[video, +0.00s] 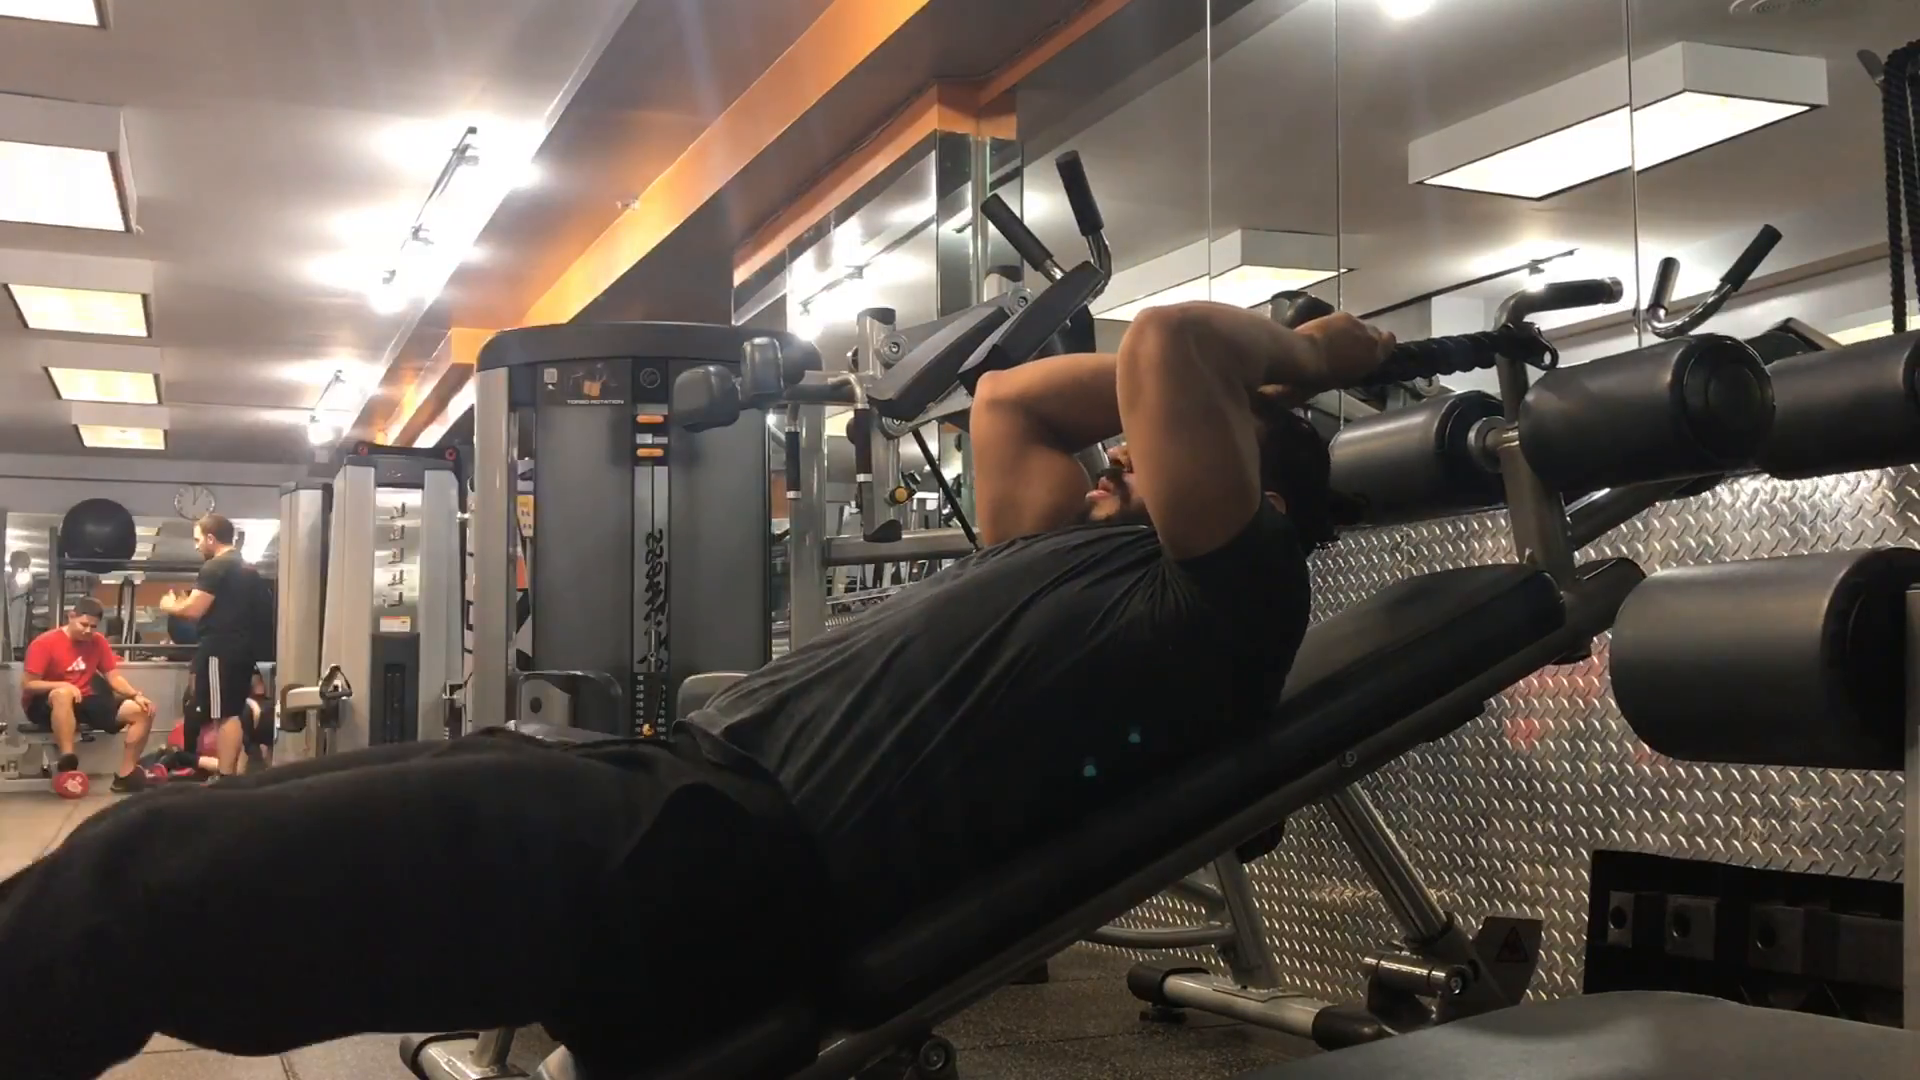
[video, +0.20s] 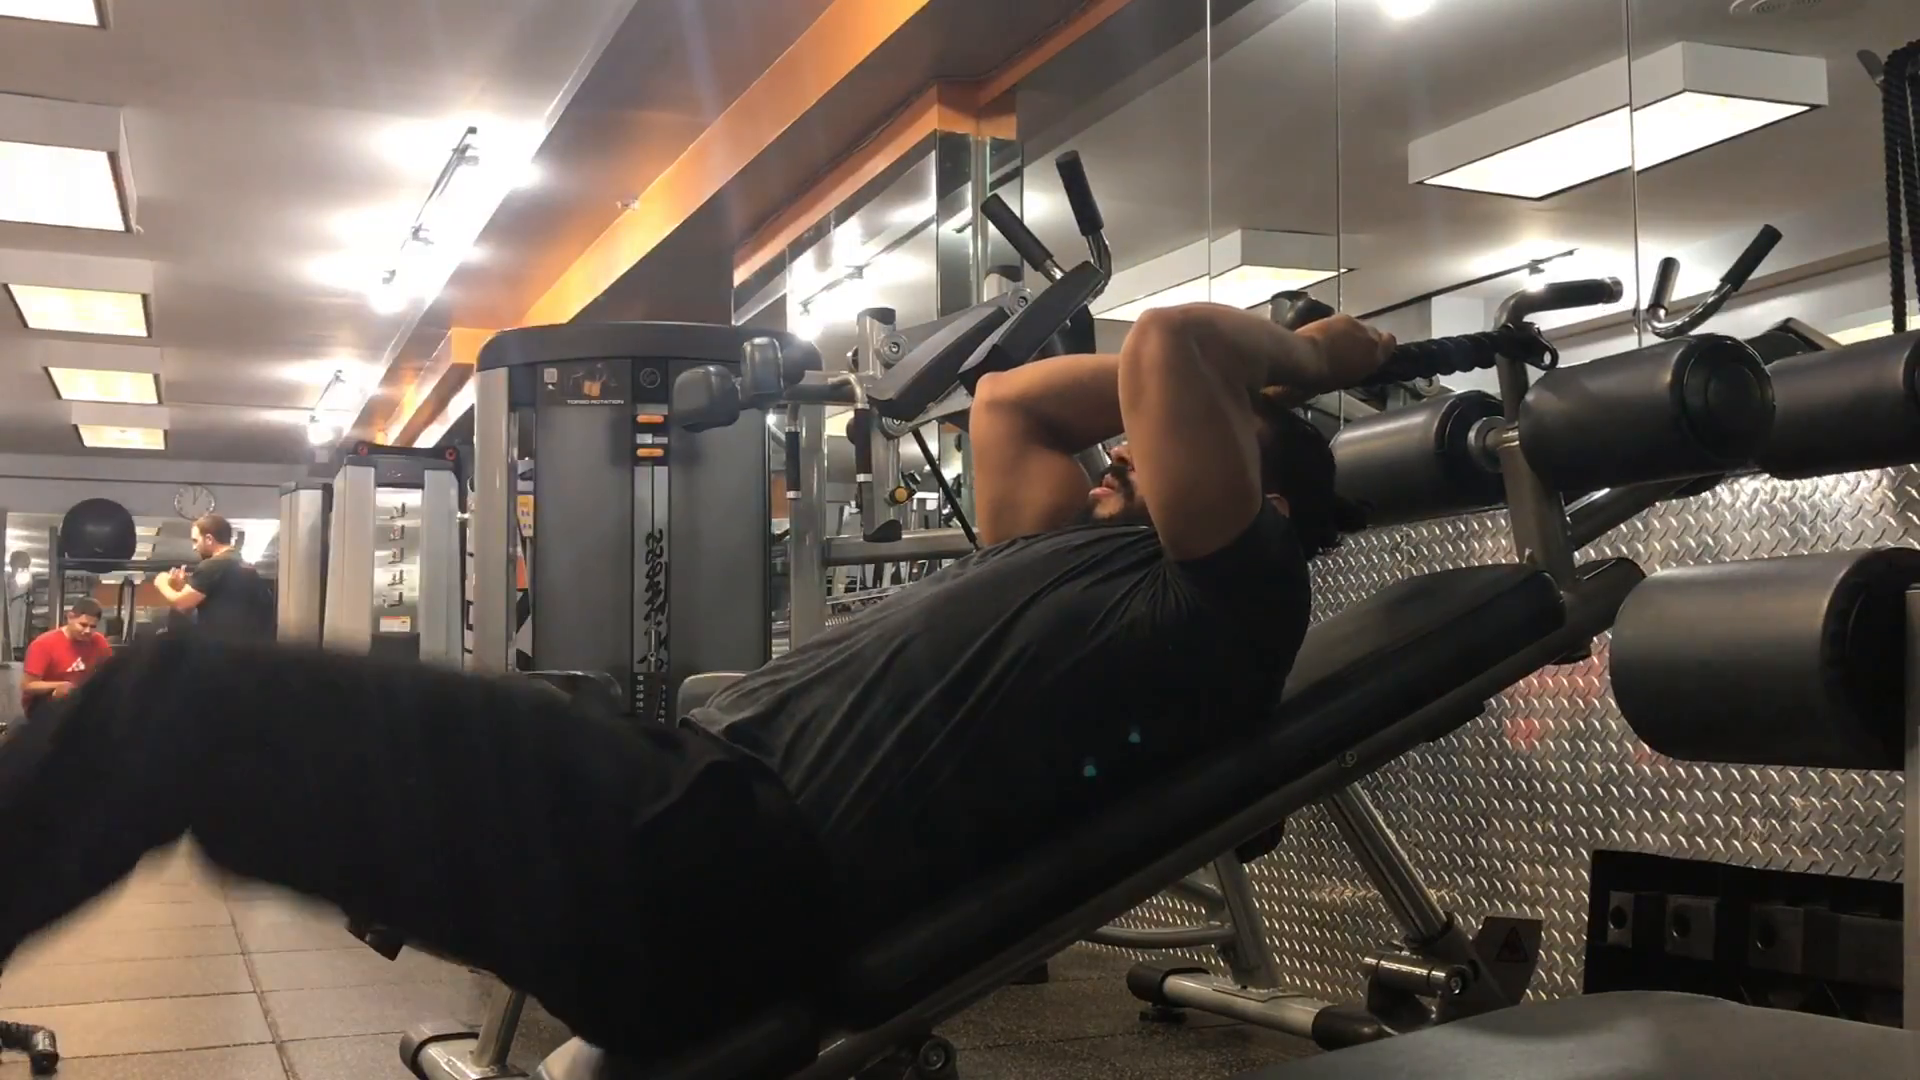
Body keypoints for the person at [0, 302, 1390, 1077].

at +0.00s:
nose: (1123, 443)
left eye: (1162, 429)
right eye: (1107, 436)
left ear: (1243, 482)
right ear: (1122, 493)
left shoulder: (1224, 616)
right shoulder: (1056, 570)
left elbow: (1172, 331)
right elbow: (1003, 399)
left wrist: (1313, 352)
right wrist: (1206, 407)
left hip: (709, 863)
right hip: (642, 781)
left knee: (126, 893)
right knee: (131, 864)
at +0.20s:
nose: (1148, 454)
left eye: (1195, 434)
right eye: (1147, 436)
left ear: (1252, 486)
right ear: (1200, 494)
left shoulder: (1230, 614)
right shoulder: (1075, 571)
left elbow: (1172, 335)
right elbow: (1004, 403)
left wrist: (1310, 354)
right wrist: (1203, 406)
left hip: (716, 899)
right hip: (677, 803)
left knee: (183, 698)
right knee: (212, 670)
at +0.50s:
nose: (1236, 468)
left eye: (1270, 463)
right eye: (1253, 454)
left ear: (1303, 521)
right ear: (1233, 500)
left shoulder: (1254, 618)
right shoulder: (1103, 581)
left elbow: (1194, 337)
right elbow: (1010, 401)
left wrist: (1323, 344)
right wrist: (1216, 393)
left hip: (735, 820)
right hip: (730, 754)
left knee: (721, 273)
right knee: (739, 266)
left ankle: (262, 263)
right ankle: (320, 256)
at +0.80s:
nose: (1308, 452)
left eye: (1336, 463)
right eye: (1323, 449)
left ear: (1353, 554)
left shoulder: (1291, 605)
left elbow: (1185, 345)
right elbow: (1042, 426)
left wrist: (1331, 328)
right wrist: (1152, 377)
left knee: (1112, 202)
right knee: (1084, 223)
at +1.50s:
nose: (1296, 444)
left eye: (1325, 457)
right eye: (1311, 440)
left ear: (1341, 543)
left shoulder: (1283, 599)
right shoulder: (1134, 593)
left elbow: (1211, 338)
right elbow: (1025, 405)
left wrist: (1333, 318)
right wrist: (1206, 371)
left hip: (758, 675)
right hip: (710, 667)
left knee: (973, 213)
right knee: (956, 233)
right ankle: (576, 61)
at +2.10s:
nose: (1150, 461)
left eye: (1198, 445)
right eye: (1178, 453)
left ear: (1252, 496)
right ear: (1207, 506)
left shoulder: (1223, 622)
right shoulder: (1074, 575)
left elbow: (1161, 333)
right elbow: (1005, 405)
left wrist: (1304, 342)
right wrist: (1207, 406)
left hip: (690, 866)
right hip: (647, 764)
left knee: (151, 749)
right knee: (165, 726)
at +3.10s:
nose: (1314, 456)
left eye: (1338, 469)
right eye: (1328, 454)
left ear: (1357, 556)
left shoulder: (1295, 592)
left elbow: (1189, 342)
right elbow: (1071, 489)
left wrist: (1328, 339)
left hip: (782, 477)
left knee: (1173, 228)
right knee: (1091, 267)